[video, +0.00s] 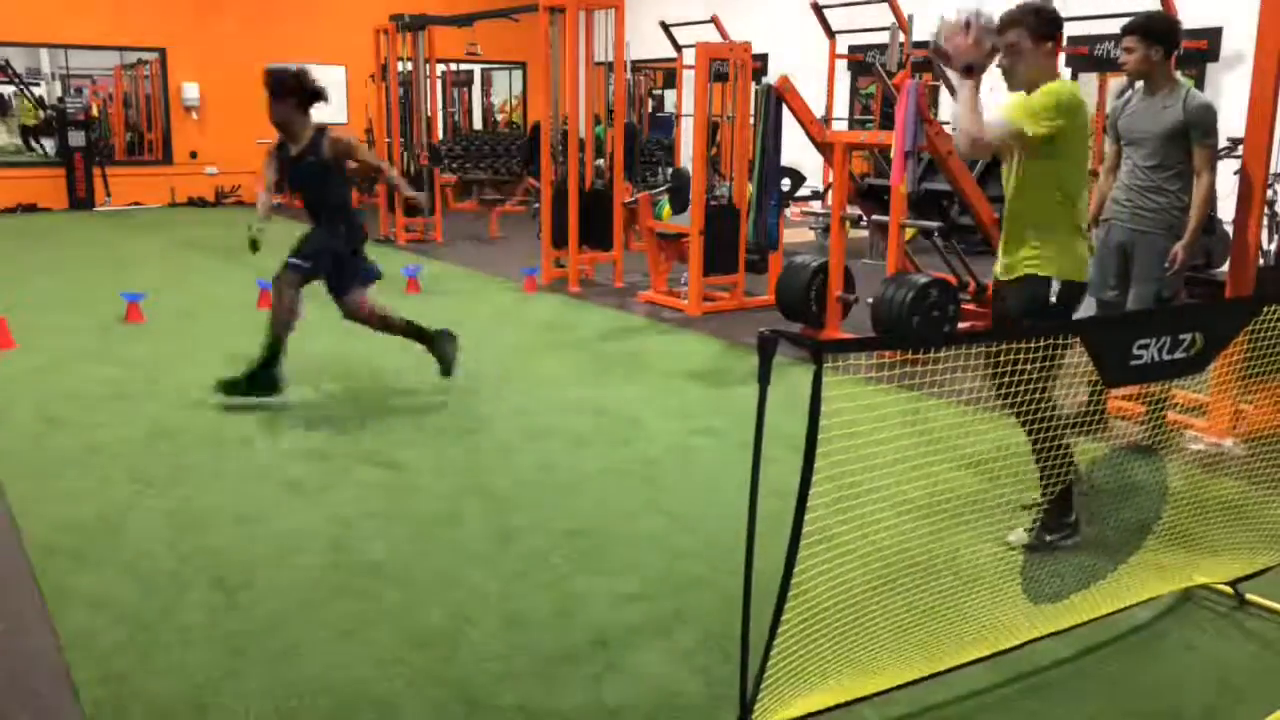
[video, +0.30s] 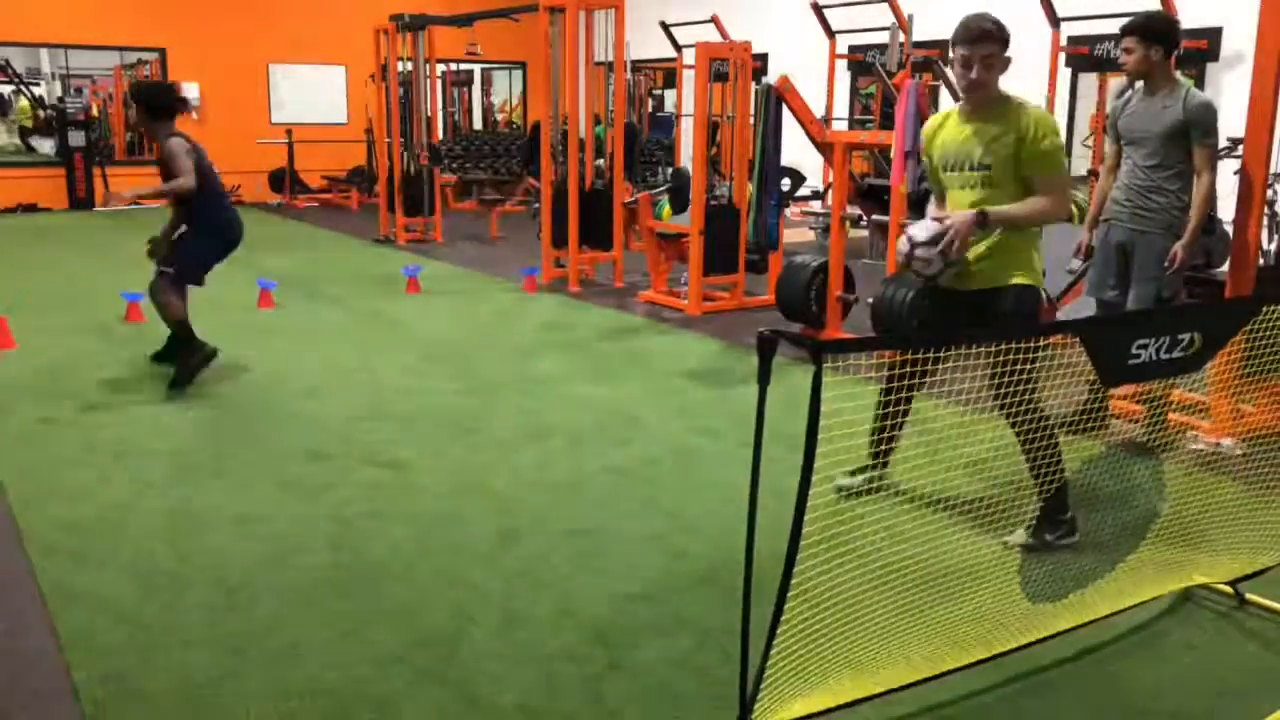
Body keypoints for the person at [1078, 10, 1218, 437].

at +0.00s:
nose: (1121, 58)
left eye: (1129, 51)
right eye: (1121, 51)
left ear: (1160, 54)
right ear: (1142, 55)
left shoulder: (1195, 107)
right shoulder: (1122, 101)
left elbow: (1205, 176)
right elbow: (1109, 167)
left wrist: (1188, 239)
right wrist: (1094, 218)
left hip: (1160, 233)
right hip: (1114, 226)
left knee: (1142, 323)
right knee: (1103, 318)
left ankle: (1149, 419)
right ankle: (1096, 405)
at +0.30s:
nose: (1121, 59)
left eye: (1128, 51)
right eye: (1121, 51)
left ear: (1158, 53)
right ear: (1142, 55)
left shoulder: (1195, 105)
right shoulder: (1121, 101)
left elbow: (1205, 175)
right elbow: (1109, 169)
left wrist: (1188, 239)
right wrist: (1089, 226)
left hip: (1160, 232)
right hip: (1114, 226)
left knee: (1143, 323)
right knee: (1102, 318)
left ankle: (1153, 419)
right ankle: (1095, 404)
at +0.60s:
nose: (1121, 59)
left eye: (1128, 51)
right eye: (1121, 51)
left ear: (1158, 54)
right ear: (1144, 56)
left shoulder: (1195, 106)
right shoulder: (1121, 102)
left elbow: (1204, 177)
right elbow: (1109, 170)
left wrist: (1187, 239)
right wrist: (1088, 226)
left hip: (1160, 234)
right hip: (1113, 228)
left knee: (1144, 326)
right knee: (1102, 321)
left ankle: (1153, 423)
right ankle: (1090, 409)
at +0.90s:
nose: (1120, 58)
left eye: (1128, 51)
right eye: (1120, 51)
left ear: (1159, 54)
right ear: (1145, 55)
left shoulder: (1195, 107)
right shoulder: (1122, 100)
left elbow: (1204, 178)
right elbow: (1109, 169)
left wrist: (1186, 240)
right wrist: (1089, 225)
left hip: (1160, 235)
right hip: (1114, 229)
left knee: (1144, 323)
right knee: (1103, 318)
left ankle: (1152, 420)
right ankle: (1094, 402)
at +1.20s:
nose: (1139, 59)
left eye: (1148, 51)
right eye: (1133, 52)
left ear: (1172, 51)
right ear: (1127, 54)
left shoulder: (1195, 107)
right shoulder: (1121, 100)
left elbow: (1203, 177)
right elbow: (1108, 166)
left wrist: (1186, 238)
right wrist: (1089, 227)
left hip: (1163, 233)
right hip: (1115, 226)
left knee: (1154, 325)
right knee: (1101, 316)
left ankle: (1157, 427)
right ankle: (1094, 413)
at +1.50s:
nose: (1140, 59)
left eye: (1149, 50)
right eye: (1134, 51)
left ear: (1173, 51)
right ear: (1128, 54)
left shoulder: (1195, 106)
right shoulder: (1125, 102)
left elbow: (1202, 175)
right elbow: (1112, 168)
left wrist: (1186, 233)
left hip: (1173, 220)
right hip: (1128, 218)